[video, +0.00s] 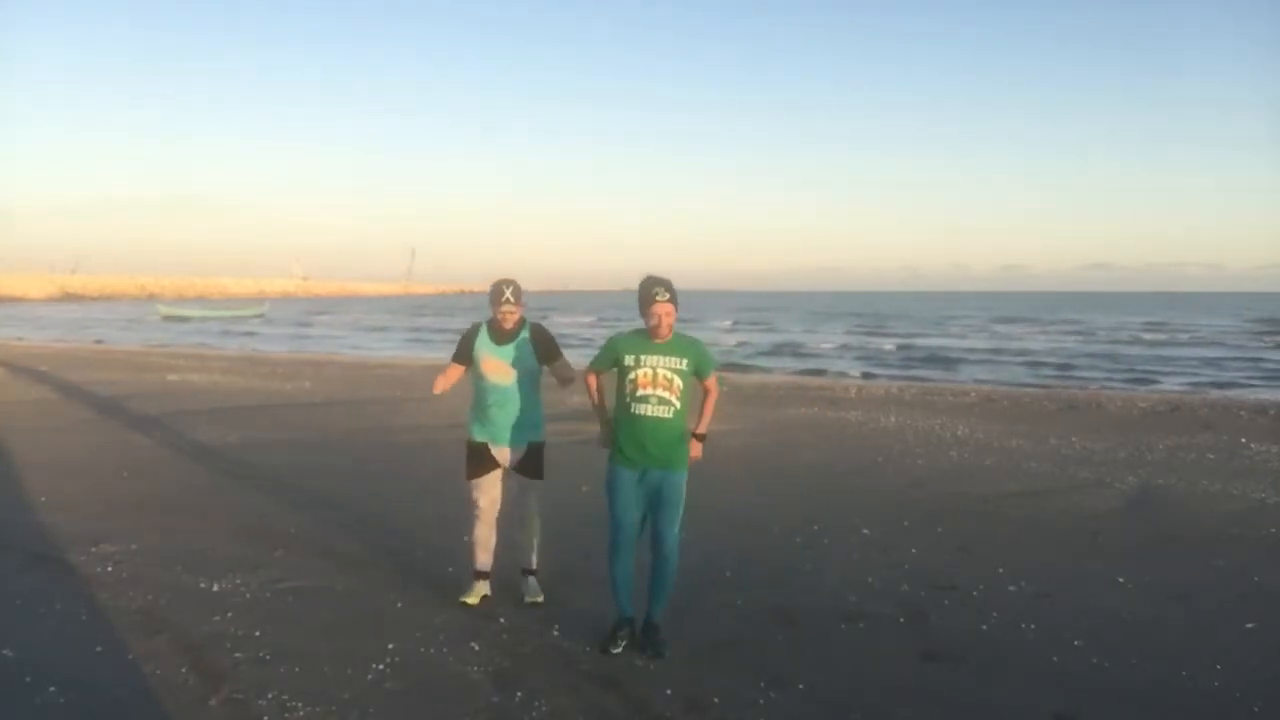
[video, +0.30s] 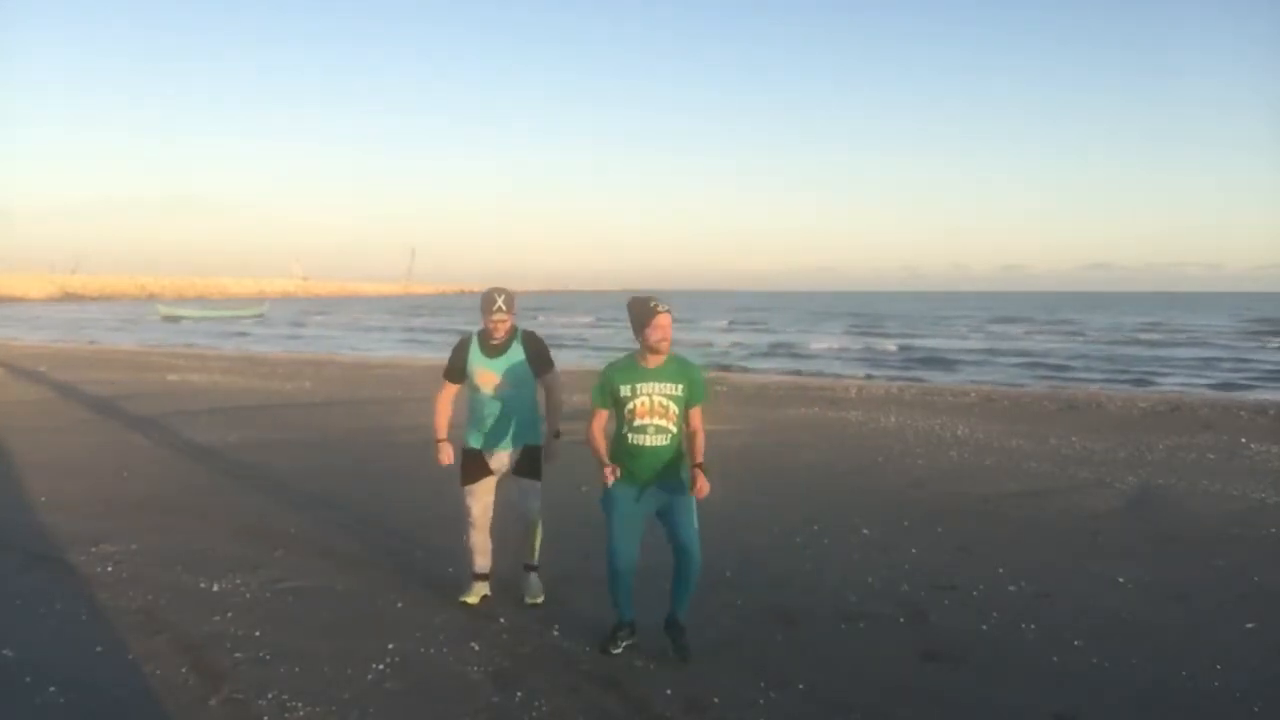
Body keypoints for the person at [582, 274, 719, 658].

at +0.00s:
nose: (661, 319)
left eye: (666, 311)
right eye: (654, 312)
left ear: (675, 312)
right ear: (643, 312)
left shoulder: (694, 351)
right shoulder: (621, 345)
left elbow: (712, 388)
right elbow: (592, 376)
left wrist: (699, 433)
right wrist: (604, 423)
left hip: (672, 462)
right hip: (627, 459)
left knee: (667, 544)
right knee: (622, 541)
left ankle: (653, 623)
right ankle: (623, 620)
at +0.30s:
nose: (666, 335)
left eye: (668, 328)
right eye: (658, 329)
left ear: (672, 330)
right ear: (639, 332)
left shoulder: (688, 374)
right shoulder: (614, 374)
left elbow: (695, 428)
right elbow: (596, 427)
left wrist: (697, 467)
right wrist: (605, 462)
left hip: (674, 481)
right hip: (627, 482)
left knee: (690, 553)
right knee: (620, 558)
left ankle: (676, 622)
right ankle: (623, 624)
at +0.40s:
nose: (673, 338)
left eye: (674, 330)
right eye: (665, 332)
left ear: (674, 332)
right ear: (644, 336)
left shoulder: (690, 375)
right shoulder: (617, 379)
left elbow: (708, 427)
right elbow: (596, 436)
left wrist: (705, 449)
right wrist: (617, 449)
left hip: (678, 484)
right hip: (630, 487)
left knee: (705, 553)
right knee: (620, 563)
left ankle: (719, 640)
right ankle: (625, 626)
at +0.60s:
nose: (693, 329)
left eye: (695, 321)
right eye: (684, 323)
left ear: (698, 325)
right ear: (666, 330)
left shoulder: (720, 366)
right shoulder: (643, 374)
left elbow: (752, 418)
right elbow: (617, 432)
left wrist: (734, 419)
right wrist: (656, 426)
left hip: (710, 491)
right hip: (658, 491)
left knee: (738, 572)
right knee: (633, 563)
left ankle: (765, 660)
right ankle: (625, 624)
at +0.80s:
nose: (713, 320)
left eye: (719, 312)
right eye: (705, 314)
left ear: (728, 317)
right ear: (692, 321)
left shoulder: (756, 361)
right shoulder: (680, 371)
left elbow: (791, 414)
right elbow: (663, 435)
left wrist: (769, 439)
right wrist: (686, 454)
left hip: (750, 488)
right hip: (699, 488)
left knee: (771, 576)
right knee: (672, 561)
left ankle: (776, 671)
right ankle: (641, 621)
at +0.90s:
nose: (725, 321)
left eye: (731, 313)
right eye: (717, 315)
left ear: (745, 319)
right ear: (708, 325)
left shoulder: (777, 367)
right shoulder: (700, 379)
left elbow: (815, 420)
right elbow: (688, 442)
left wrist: (798, 464)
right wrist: (702, 473)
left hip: (774, 492)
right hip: (723, 496)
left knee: (787, 586)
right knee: (710, 581)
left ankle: (779, 675)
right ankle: (688, 637)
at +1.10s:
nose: (737, 310)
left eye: (744, 303)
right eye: (729, 304)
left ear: (758, 309)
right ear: (719, 312)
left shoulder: (788, 349)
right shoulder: (709, 368)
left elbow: (845, 383)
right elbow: (684, 423)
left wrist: (814, 422)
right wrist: (705, 441)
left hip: (792, 484)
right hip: (742, 486)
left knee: (796, 583)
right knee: (739, 583)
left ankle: (782, 675)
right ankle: (742, 675)